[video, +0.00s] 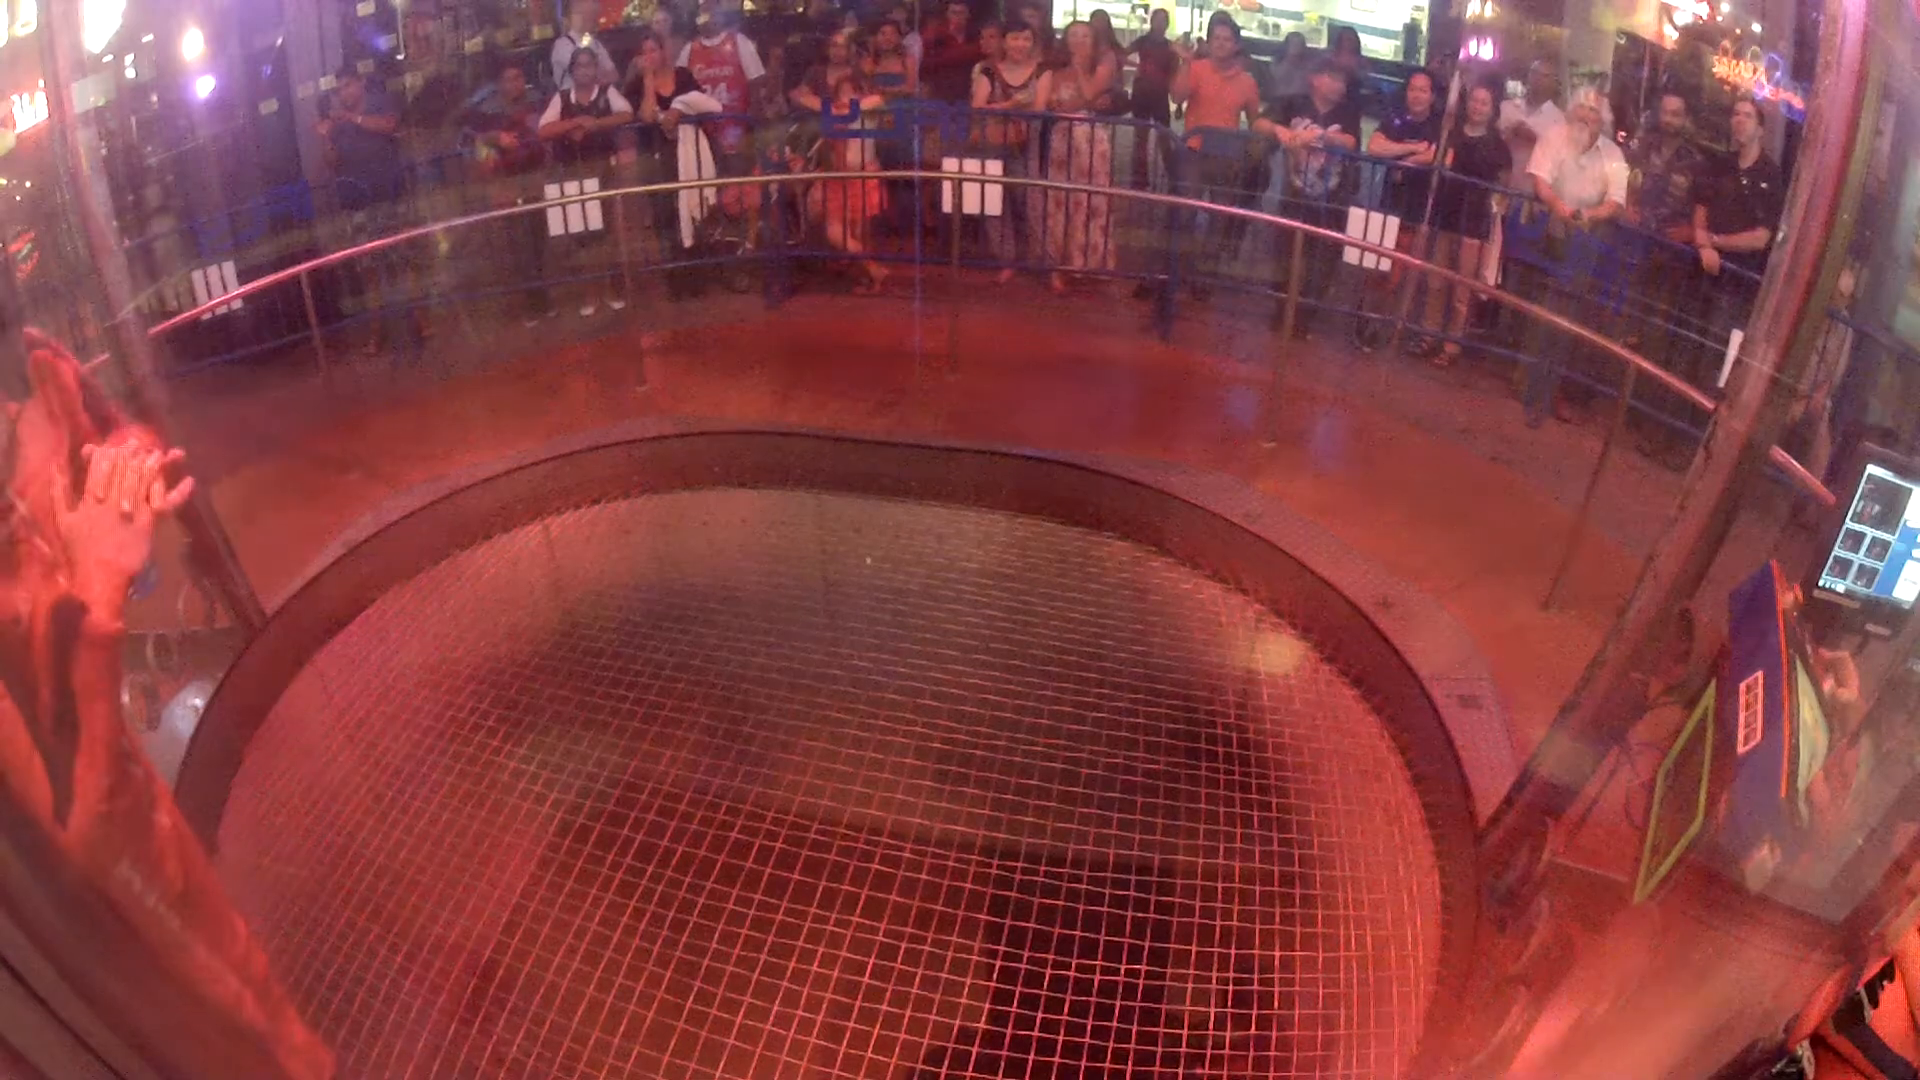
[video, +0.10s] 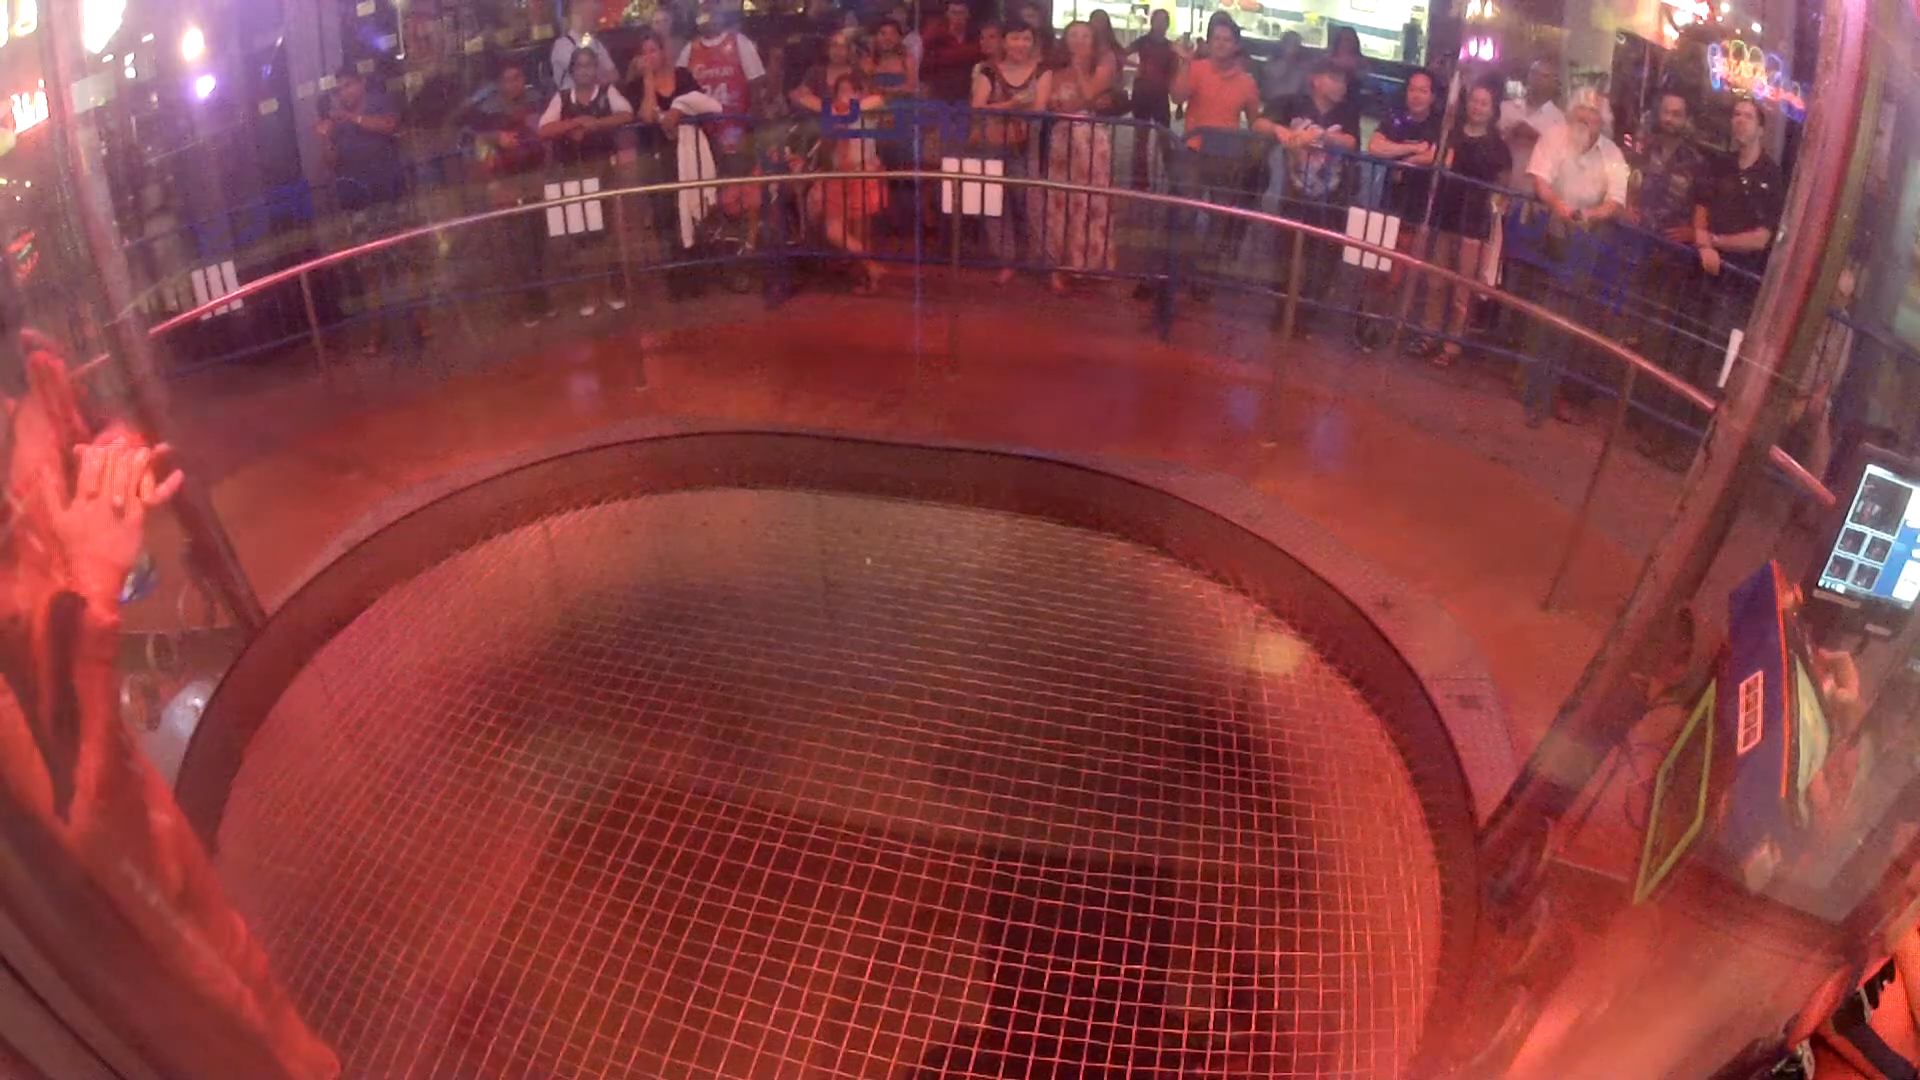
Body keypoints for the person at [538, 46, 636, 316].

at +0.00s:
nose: (583, 70)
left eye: (588, 65)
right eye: (578, 66)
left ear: (597, 68)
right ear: (571, 70)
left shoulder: (607, 92)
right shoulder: (562, 97)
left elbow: (626, 114)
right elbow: (544, 130)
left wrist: (592, 124)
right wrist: (576, 122)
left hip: (604, 169)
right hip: (572, 173)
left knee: (607, 233)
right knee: (581, 237)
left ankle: (613, 290)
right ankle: (590, 294)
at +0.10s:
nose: (583, 70)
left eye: (588, 65)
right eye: (578, 66)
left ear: (597, 68)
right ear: (571, 70)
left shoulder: (607, 92)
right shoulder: (562, 97)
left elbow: (626, 114)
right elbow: (544, 130)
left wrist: (592, 124)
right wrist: (576, 122)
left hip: (604, 169)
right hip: (572, 173)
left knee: (608, 233)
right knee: (581, 238)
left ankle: (613, 291)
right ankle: (589, 295)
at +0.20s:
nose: (584, 70)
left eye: (589, 65)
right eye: (578, 66)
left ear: (597, 68)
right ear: (571, 70)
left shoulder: (607, 91)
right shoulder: (562, 97)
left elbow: (626, 114)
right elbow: (544, 130)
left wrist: (592, 124)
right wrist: (576, 121)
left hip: (604, 168)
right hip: (572, 173)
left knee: (607, 232)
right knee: (581, 237)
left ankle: (613, 291)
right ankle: (589, 295)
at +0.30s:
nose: (584, 70)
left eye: (589, 65)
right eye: (579, 66)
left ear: (597, 69)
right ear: (571, 70)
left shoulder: (607, 92)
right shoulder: (562, 97)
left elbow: (626, 114)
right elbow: (544, 130)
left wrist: (592, 125)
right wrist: (577, 121)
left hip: (604, 168)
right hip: (572, 173)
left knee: (608, 232)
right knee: (581, 237)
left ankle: (614, 290)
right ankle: (589, 295)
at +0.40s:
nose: (584, 71)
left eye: (589, 65)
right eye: (579, 66)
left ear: (597, 69)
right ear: (571, 70)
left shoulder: (608, 92)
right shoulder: (561, 97)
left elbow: (626, 115)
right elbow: (544, 130)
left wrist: (593, 124)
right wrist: (574, 124)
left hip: (605, 170)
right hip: (571, 175)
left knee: (608, 233)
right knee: (579, 238)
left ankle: (615, 291)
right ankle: (587, 295)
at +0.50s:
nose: (584, 71)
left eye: (588, 66)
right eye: (579, 66)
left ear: (597, 69)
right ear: (571, 71)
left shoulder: (608, 92)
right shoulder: (562, 97)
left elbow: (626, 115)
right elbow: (544, 129)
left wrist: (593, 124)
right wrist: (574, 124)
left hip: (605, 170)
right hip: (571, 175)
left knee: (608, 233)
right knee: (579, 238)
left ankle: (615, 291)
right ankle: (587, 295)